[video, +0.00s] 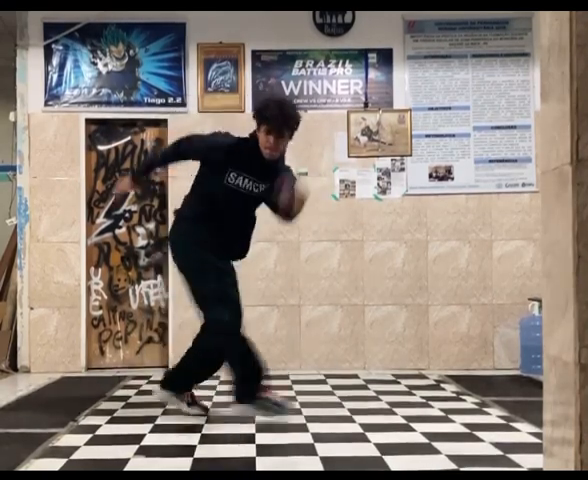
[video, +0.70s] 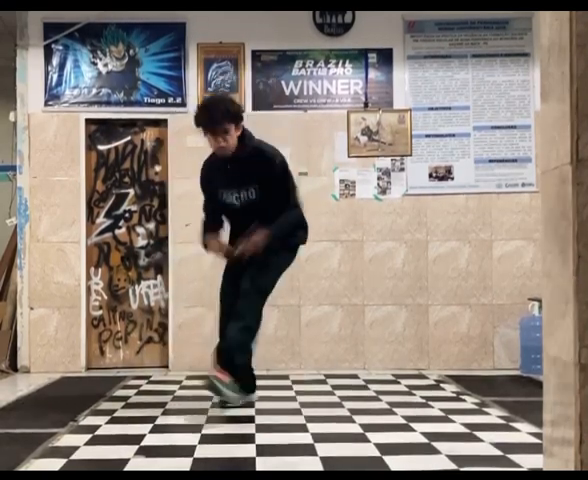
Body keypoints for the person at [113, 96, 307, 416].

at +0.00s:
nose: (272, 142)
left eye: (280, 136)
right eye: (267, 133)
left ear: (289, 137)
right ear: (257, 129)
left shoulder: (278, 172)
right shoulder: (225, 147)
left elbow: (282, 208)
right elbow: (180, 148)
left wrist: (287, 206)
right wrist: (138, 173)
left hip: (222, 250)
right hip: (191, 240)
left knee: (226, 322)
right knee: (223, 317)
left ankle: (177, 383)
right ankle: (249, 387)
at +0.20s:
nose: (264, 113)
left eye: (270, 106)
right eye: (257, 106)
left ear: (279, 108)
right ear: (245, 109)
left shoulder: (281, 158)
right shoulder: (226, 142)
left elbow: (265, 199)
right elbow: (188, 185)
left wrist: (256, 210)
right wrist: (235, 199)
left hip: (239, 247)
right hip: (202, 239)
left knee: (233, 322)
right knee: (191, 307)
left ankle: (183, 388)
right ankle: (154, 269)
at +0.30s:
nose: (259, 100)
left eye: (265, 93)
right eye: (252, 93)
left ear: (275, 96)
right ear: (240, 95)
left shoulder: (281, 143)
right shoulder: (219, 129)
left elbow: (281, 198)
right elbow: (196, 179)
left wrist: (266, 179)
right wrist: (242, 166)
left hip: (252, 231)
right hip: (212, 229)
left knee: (253, 303)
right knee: (213, 296)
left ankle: (236, 366)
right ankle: (216, 325)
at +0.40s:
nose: (252, 103)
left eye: (258, 95)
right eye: (245, 96)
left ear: (269, 97)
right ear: (235, 99)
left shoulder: (283, 142)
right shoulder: (219, 135)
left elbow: (294, 193)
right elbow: (201, 187)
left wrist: (259, 166)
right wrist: (227, 168)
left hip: (259, 239)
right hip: (220, 238)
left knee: (268, 318)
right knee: (219, 315)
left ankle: (297, 374)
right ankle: (220, 389)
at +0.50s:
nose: (239, 110)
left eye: (245, 102)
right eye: (232, 103)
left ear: (259, 100)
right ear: (225, 104)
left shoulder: (280, 142)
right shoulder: (216, 139)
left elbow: (285, 193)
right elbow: (208, 185)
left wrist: (239, 193)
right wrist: (221, 196)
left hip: (268, 235)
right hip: (229, 235)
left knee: (259, 302)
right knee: (225, 306)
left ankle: (284, 375)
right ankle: (227, 382)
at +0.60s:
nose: (224, 127)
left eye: (230, 119)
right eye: (218, 120)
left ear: (246, 111)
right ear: (212, 116)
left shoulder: (269, 146)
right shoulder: (213, 152)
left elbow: (269, 208)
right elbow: (216, 210)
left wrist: (241, 253)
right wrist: (219, 256)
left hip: (273, 228)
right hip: (233, 231)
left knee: (249, 290)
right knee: (221, 296)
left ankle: (233, 377)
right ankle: (237, 366)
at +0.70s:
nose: (218, 142)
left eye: (223, 134)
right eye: (211, 136)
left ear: (238, 128)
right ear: (204, 134)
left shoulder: (267, 159)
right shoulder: (211, 169)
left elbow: (292, 212)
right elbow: (213, 211)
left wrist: (265, 233)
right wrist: (211, 236)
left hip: (281, 234)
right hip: (244, 235)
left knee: (251, 290)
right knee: (229, 297)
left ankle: (231, 370)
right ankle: (241, 384)